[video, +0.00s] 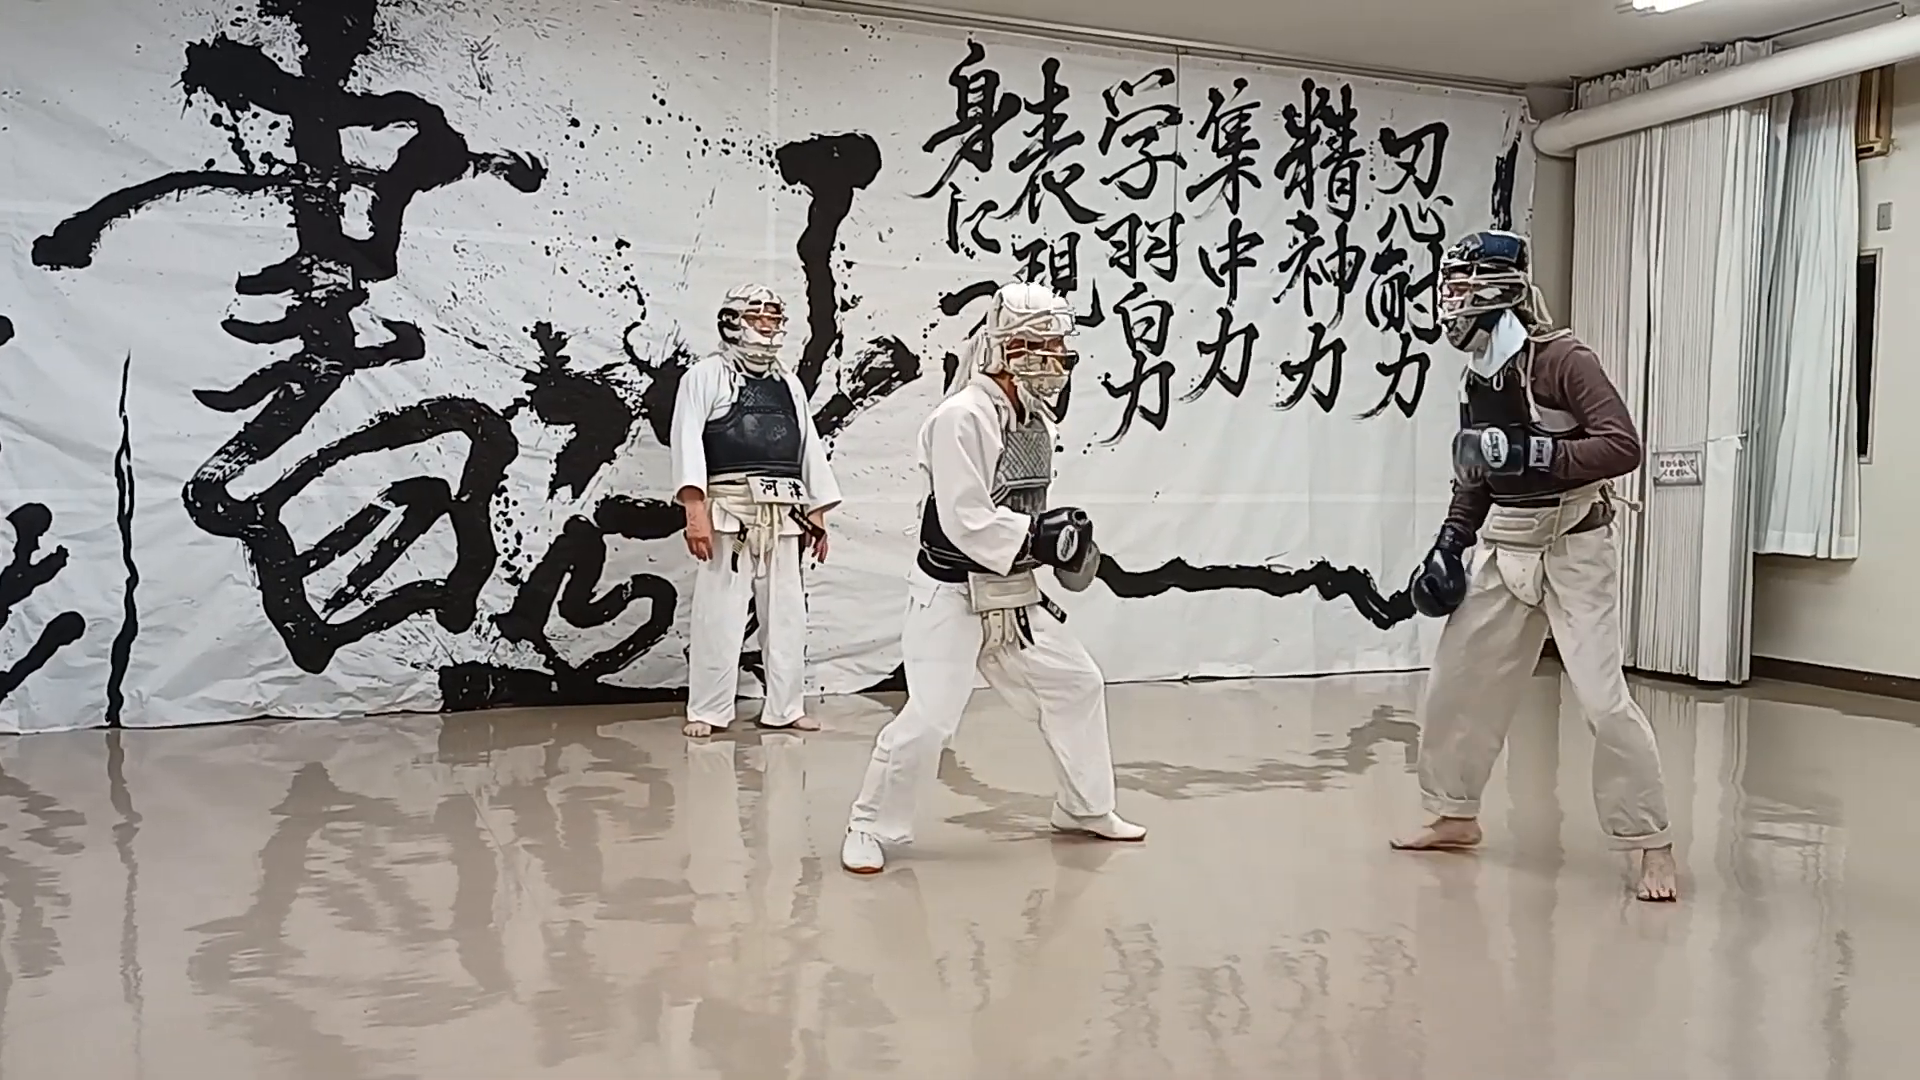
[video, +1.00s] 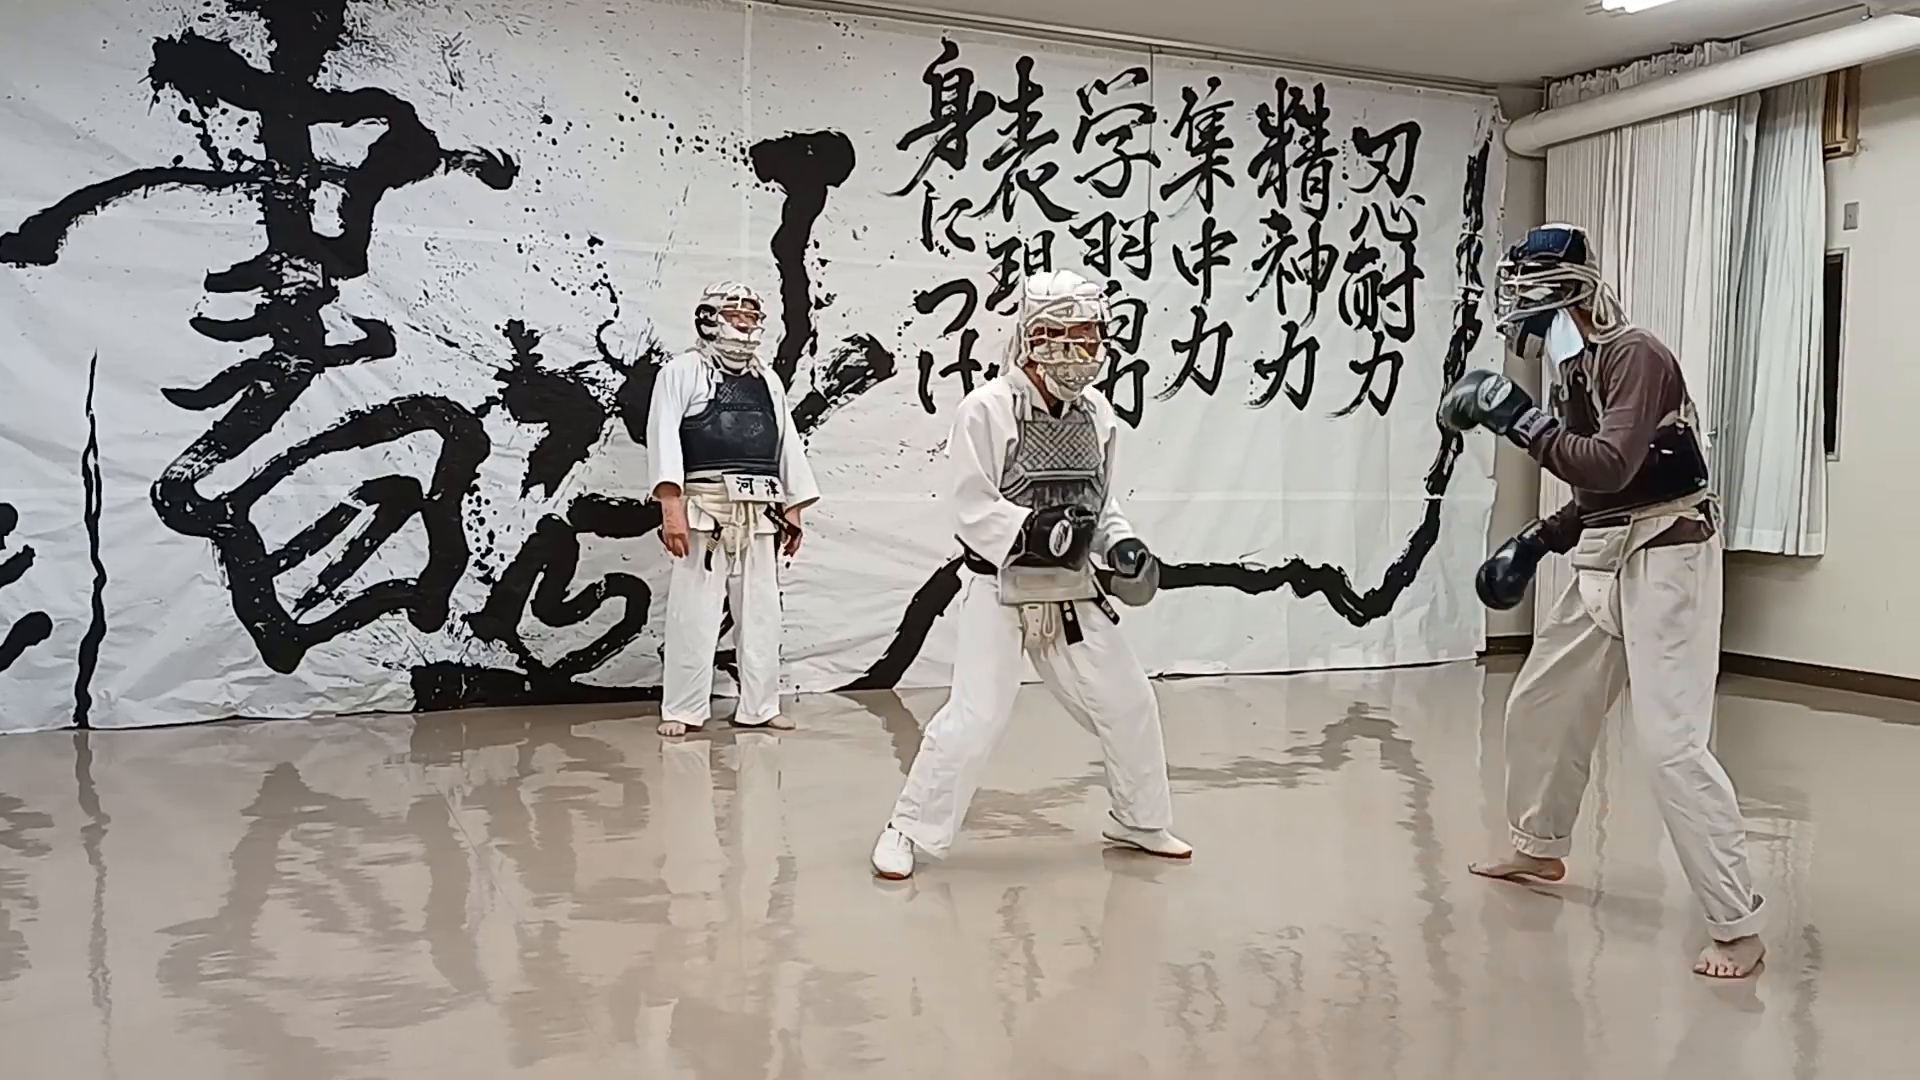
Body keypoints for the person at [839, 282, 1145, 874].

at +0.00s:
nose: (1054, 358)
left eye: (1059, 347)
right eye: (1040, 346)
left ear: (1063, 352)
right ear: (1007, 351)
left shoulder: (1036, 419)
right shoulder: (962, 417)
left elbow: (1022, 502)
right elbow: (964, 519)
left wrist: (1053, 534)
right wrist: (1037, 539)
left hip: (1009, 585)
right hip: (948, 592)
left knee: (1077, 681)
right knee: (930, 719)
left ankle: (1083, 810)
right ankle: (868, 828)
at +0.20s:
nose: (1061, 332)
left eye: (1069, 321)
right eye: (1047, 321)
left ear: (1076, 326)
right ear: (1015, 324)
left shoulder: (1049, 394)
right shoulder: (977, 390)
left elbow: (1040, 477)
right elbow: (976, 489)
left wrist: (1082, 499)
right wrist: (1056, 505)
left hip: (1025, 564)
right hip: (967, 567)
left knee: (1065, 683)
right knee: (942, 700)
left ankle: (1074, 807)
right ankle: (877, 826)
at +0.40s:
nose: (1067, 358)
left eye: (1072, 347)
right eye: (1053, 346)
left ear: (1078, 352)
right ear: (1020, 350)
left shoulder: (1044, 417)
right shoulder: (985, 414)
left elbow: (1030, 505)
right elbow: (986, 514)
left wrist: (1075, 532)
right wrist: (1064, 529)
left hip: (1024, 592)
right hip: (969, 594)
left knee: (1113, 672)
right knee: (944, 724)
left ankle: (1089, 786)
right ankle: (874, 817)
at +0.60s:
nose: (1102, 356)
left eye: (1107, 345)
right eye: (1089, 344)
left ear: (1111, 350)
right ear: (1053, 348)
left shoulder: (1077, 416)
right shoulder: (1020, 411)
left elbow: (1060, 501)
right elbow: (1023, 509)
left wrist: (1112, 506)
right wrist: (1101, 510)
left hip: (1060, 585)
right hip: (1004, 588)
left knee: (1123, 689)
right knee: (993, 721)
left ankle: (1121, 811)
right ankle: (895, 805)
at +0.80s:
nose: (1078, 342)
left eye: (1087, 330)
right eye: (1062, 330)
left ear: (1096, 335)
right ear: (1031, 334)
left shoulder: (1085, 409)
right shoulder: (990, 401)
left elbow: (1099, 491)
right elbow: (990, 497)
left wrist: (1117, 536)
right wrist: (1073, 506)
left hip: (1060, 579)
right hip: (990, 580)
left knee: (1133, 685)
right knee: (983, 711)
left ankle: (1134, 809)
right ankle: (904, 828)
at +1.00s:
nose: (1072, 350)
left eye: (1084, 337)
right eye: (1056, 337)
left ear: (1098, 344)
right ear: (1029, 342)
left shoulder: (1098, 414)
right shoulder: (989, 408)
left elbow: (1102, 507)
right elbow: (970, 507)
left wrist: (1120, 548)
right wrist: (1036, 535)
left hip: (1073, 589)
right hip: (998, 592)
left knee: (1131, 705)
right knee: (974, 719)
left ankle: (1140, 823)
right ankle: (905, 833)